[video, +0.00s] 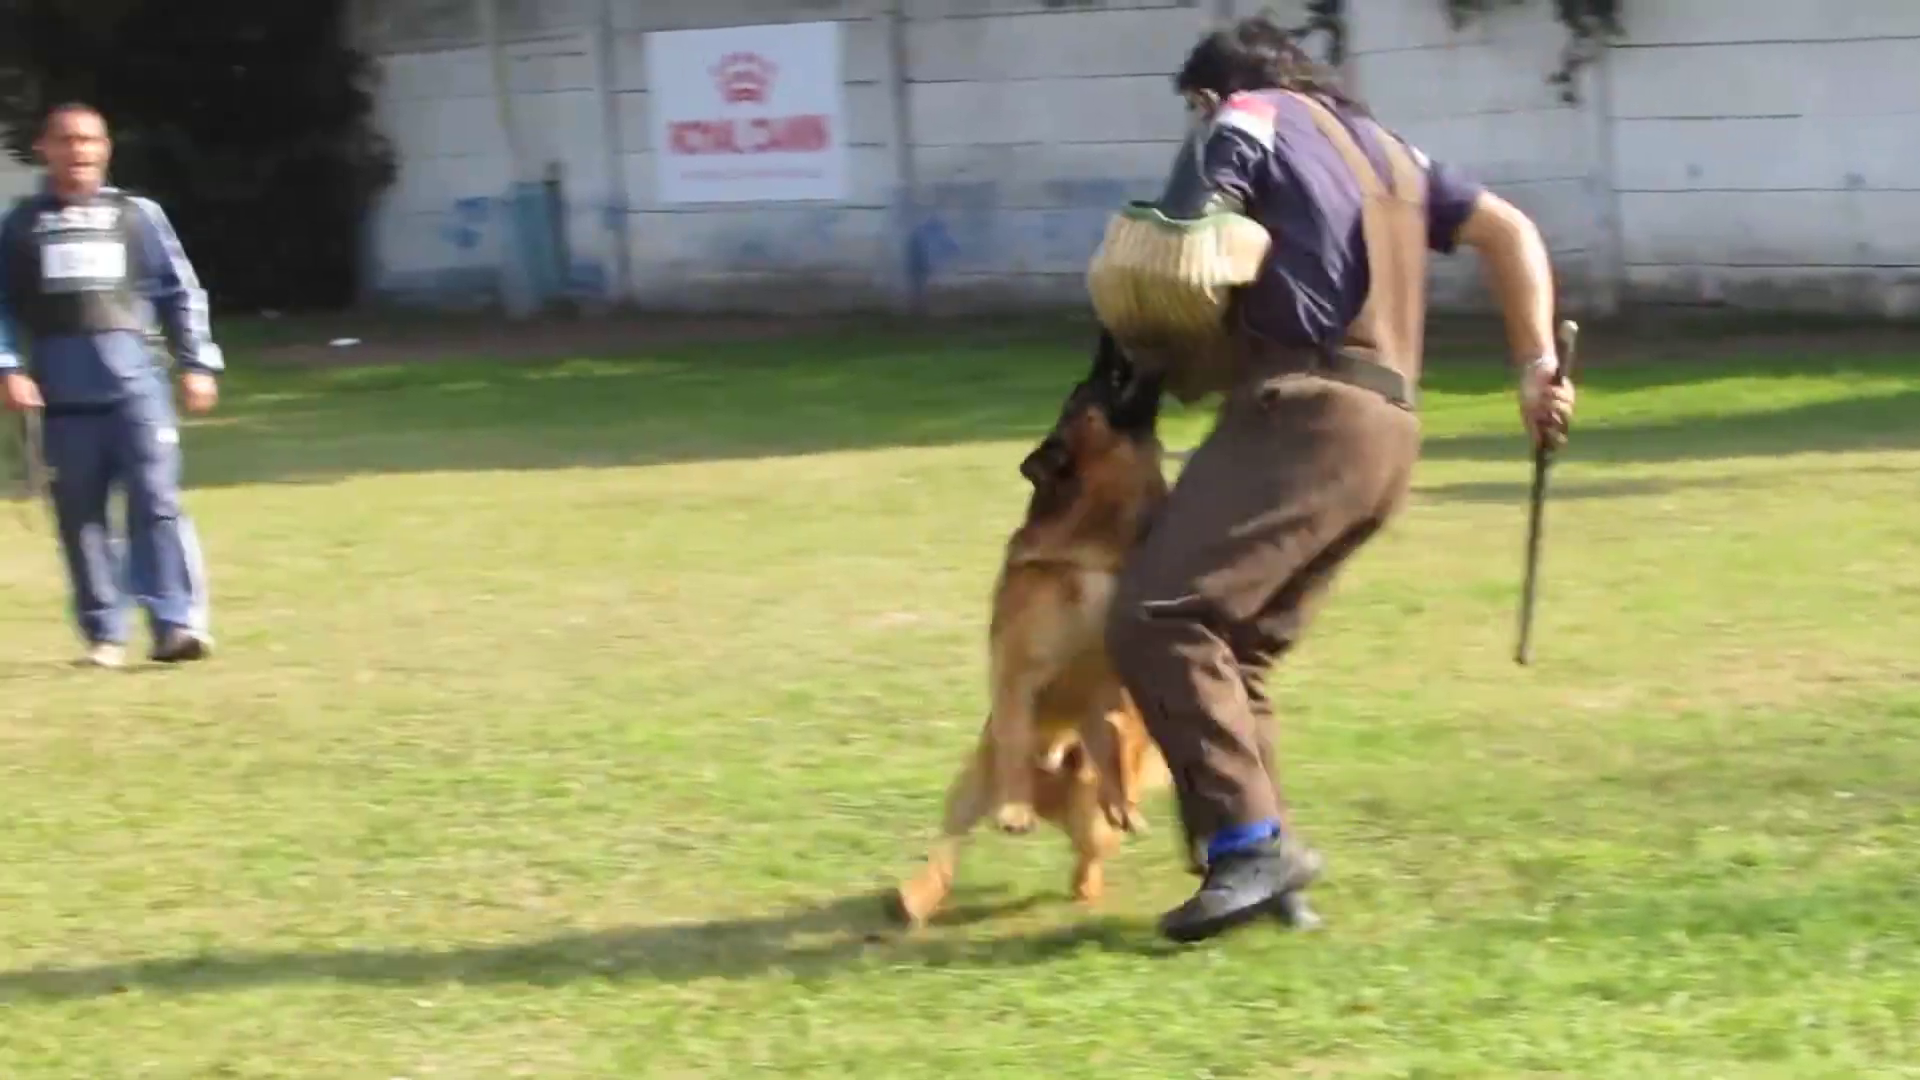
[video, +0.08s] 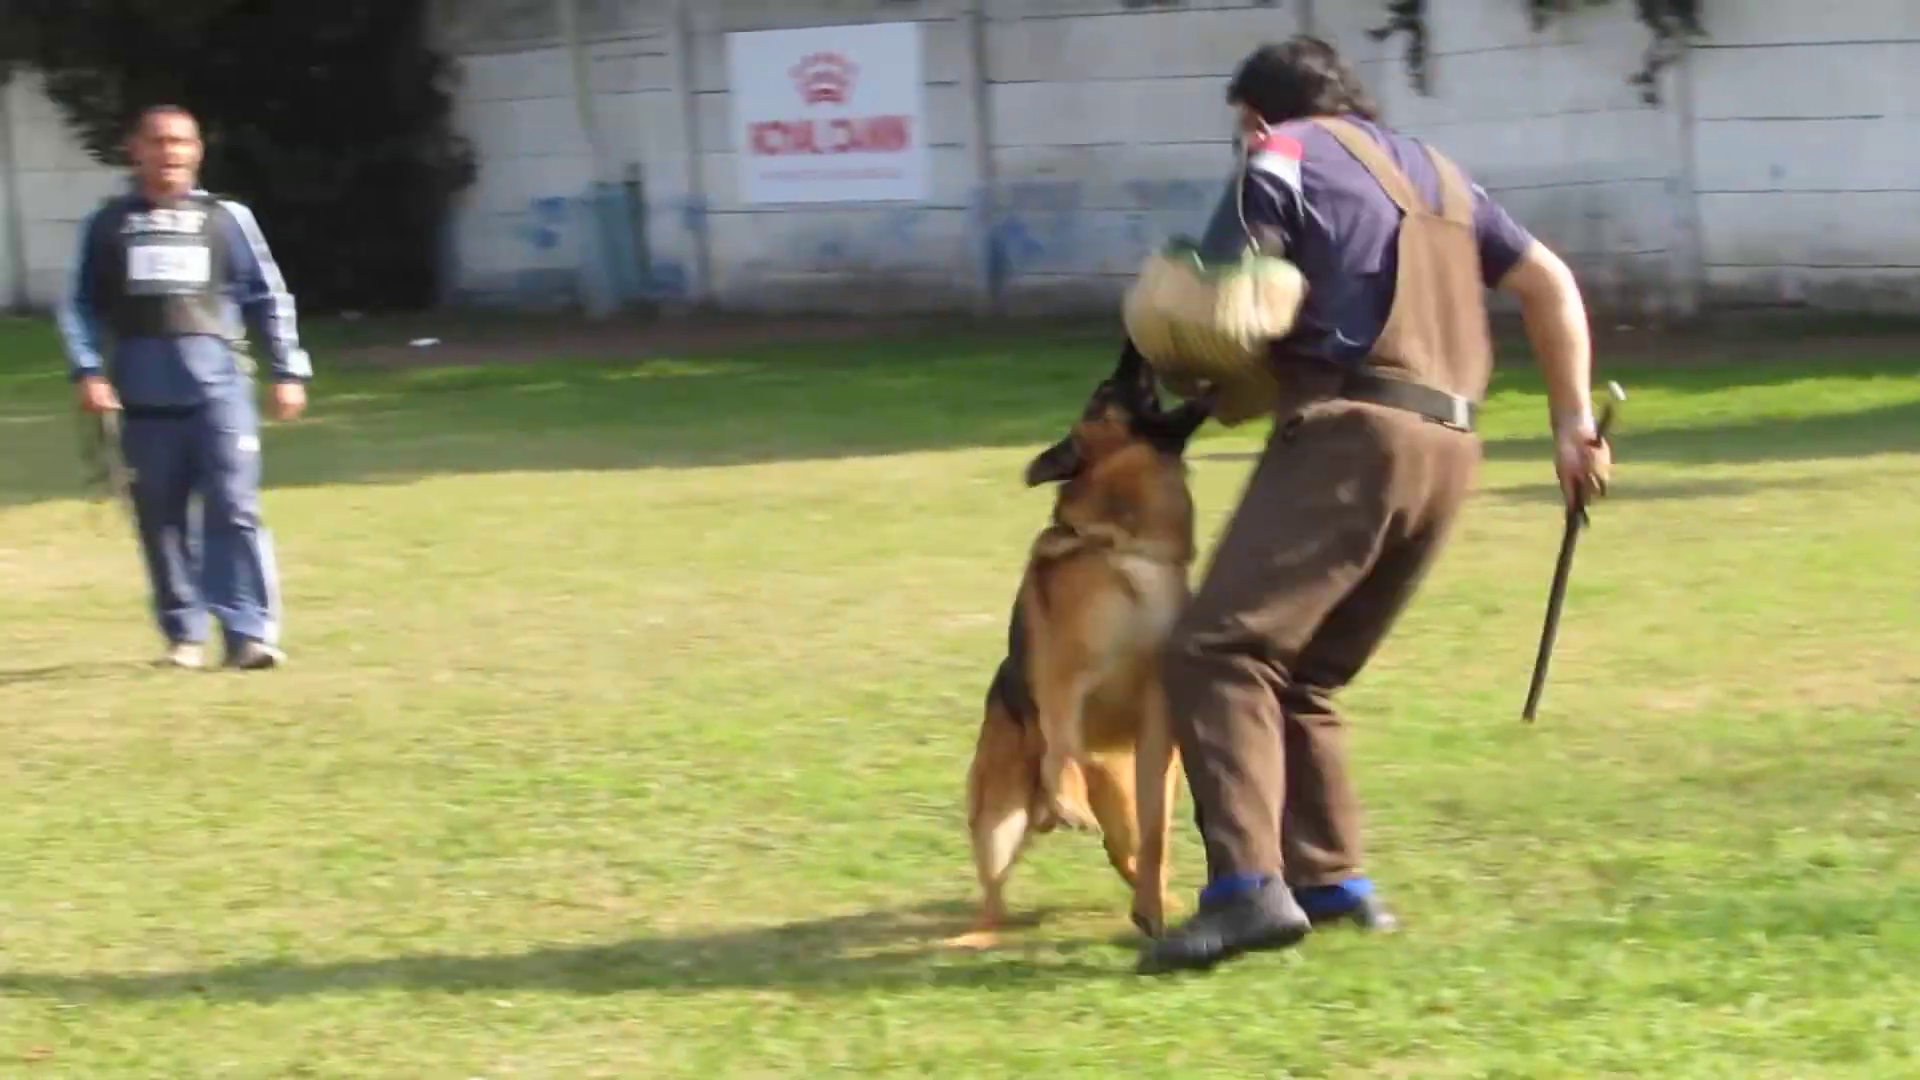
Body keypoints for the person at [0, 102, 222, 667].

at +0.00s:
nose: (80, 151)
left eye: (90, 140)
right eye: (68, 141)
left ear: (107, 148)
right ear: (44, 149)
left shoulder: (138, 215)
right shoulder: (22, 223)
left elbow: (181, 289)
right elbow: (5, 305)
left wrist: (198, 361)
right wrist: (11, 365)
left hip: (137, 382)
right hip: (64, 391)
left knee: (158, 499)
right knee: (81, 514)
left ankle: (177, 624)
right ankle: (104, 631)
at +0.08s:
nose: (172, 153)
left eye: (181, 142)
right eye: (159, 142)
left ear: (199, 151)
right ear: (134, 151)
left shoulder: (227, 219)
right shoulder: (109, 224)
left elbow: (268, 293)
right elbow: (79, 305)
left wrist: (289, 368)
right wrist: (89, 369)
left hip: (219, 384)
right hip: (144, 391)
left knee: (236, 508)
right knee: (161, 516)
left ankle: (251, 633)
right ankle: (184, 634)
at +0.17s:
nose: (259, 153)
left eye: (270, 143)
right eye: (246, 142)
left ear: (285, 152)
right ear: (221, 152)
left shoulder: (311, 222)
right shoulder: (193, 223)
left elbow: (350, 298)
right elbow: (161, 303)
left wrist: (368, 373)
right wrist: (161, 368)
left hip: (297, 391)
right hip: (223, 398)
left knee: (306, 513)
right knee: (236, 518)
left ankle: (316, 635)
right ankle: (253, 631)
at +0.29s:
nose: (368, 147)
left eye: (379, 136)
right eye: (356, 136)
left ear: (395, 147)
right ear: (332, 147)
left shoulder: (420, 221)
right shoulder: (300, 215)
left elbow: (455, 301)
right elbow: (264, 293)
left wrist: (466, 375)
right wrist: (255, 365)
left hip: (395, 396)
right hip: (320, 398)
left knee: (405, 519)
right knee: (315, 517)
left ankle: (409, 635)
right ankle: (341, 621)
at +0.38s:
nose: (421, 145)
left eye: (431, 135)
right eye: (409, 135)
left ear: (447, 146)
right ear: (384, 145)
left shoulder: (471, 221)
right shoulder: (352, 214)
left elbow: (504, 302)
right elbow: (314, 291)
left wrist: (511, 376)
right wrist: (302, 364)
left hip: (447, 400)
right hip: (370, 402)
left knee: (451, 520)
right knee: (356, 506)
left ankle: (453, 637)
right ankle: (382, 615)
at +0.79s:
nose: (362, 153)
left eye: (373, 142)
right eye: (351, 143)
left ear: (397, 150)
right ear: (336, 154)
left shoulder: (435, 220)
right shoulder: (314, 230)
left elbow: (469, 288)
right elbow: (285, 311)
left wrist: (431, 323)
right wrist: (276, 388)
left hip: (425, 402)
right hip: (349, 407)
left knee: (424, 526)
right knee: (354, 527)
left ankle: (424, 642)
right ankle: (350, 655)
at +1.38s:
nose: (279, 186)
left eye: (290, 179)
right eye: (280, 177)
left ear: (330, 186)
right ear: (309, 186)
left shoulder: (391, 246)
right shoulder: (265, 252)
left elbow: (432, 317)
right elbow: (230, 336)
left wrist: (437, 392)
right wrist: (231, 412)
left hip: (370, 419)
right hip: (292, 422)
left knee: (372, 550)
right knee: (297, 548)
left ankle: (371, 681)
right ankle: (317, 665)